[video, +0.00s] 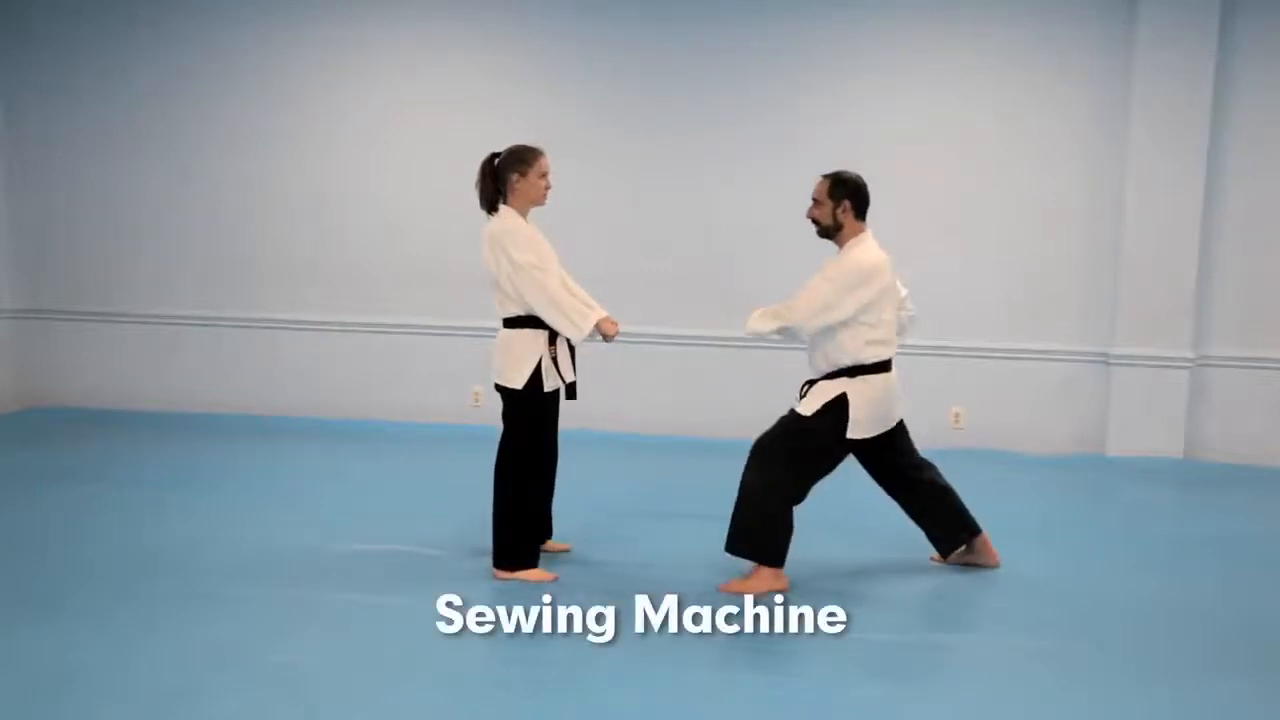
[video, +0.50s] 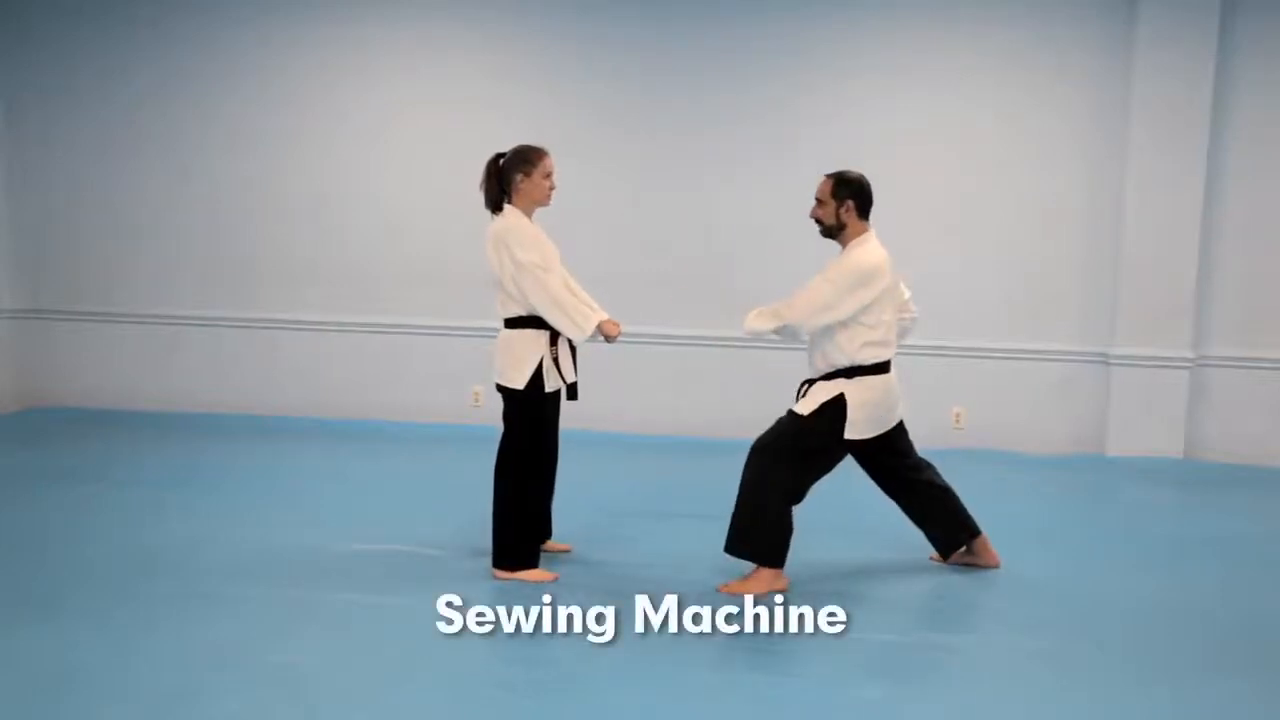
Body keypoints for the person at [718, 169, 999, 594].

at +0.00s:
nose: (809, 211)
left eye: (816, 203)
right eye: (811, 202)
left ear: (844, 209)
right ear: (847, 210)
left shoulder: (853, 263)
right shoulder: (874, 258)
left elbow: (803, 319)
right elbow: (903, 312)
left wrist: (755, 321)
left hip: (844, 396)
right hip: (875, 391)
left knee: (772, 458)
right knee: (906, 471)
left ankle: (768, 570)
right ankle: (973, 545)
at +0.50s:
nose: (812, 212)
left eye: (819, 203)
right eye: (815, 202)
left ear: (847, 209)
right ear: (850, 210)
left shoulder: (858, 261)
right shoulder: (875, 257)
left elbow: (801, 317)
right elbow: (906, 314)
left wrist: (753, 321)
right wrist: (867, 350)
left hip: (845, 397)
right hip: (874, 392)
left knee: (770, 457)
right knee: (906, 471)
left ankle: (768, 571)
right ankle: (973, 547)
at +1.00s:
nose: (791, 210)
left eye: (798, 201)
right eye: (793, 200)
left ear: (825, 206)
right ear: (831, 206)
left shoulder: (838, 254)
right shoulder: (865, 251)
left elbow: (780, 301)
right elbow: (894, 307)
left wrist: (739, 319)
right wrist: (858, 345)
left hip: (830, 393)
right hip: (864, 388)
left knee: (760, 464)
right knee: (897, 468)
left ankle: (784, 576)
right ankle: (968, 543)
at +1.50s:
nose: (669, 199)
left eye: (676, 191)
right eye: (671, 190)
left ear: (702, 195)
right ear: (704, 196)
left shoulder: (716, 246)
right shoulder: (713, 241)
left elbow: (722, 319)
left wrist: (673, 338)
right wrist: (661, 308)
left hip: (728, 382)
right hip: (706, 378)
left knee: (723, 488)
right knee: (654, 453)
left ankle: (773, 577)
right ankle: (606, 526)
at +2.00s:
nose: (619, 230)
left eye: (627, 224)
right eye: (621, 222)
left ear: (653, 229)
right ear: (649, 229)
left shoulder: (674, 280)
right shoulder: (626, 275)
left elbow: (714, 340)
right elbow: (570, 290)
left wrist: (663, 374)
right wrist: (507, 280)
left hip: (672, 411)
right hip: (636, 405)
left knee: (706, 500)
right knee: (578, 438)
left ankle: (805, 578)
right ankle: (592, 530)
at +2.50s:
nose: (619, 228)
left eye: (626, 221)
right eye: (620, 220)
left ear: (654, 228)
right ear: (646, 227)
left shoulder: (674, 280)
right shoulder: (623, 274)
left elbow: (712, 341)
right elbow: (572, 282)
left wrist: (658, 372)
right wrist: (512, 274)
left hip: (670, 412)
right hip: (633, 405)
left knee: (710, 500)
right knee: (575, 438)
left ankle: (805, 577)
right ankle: (592, 530)